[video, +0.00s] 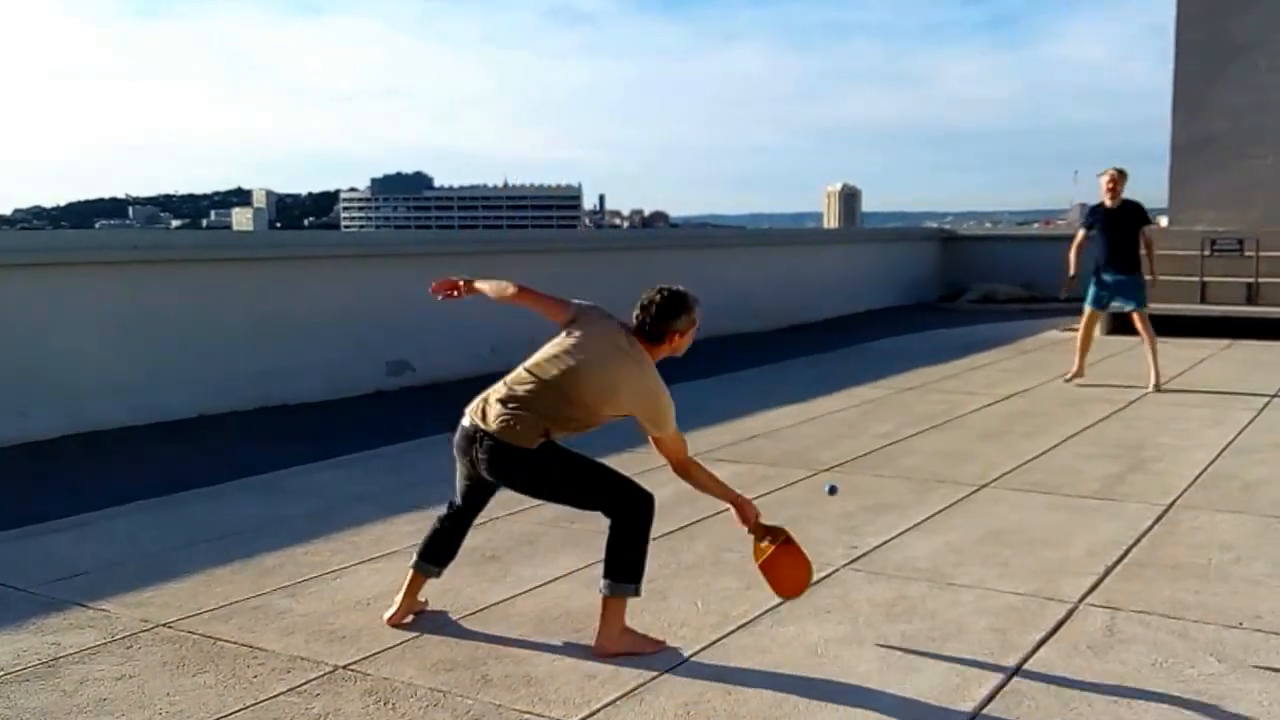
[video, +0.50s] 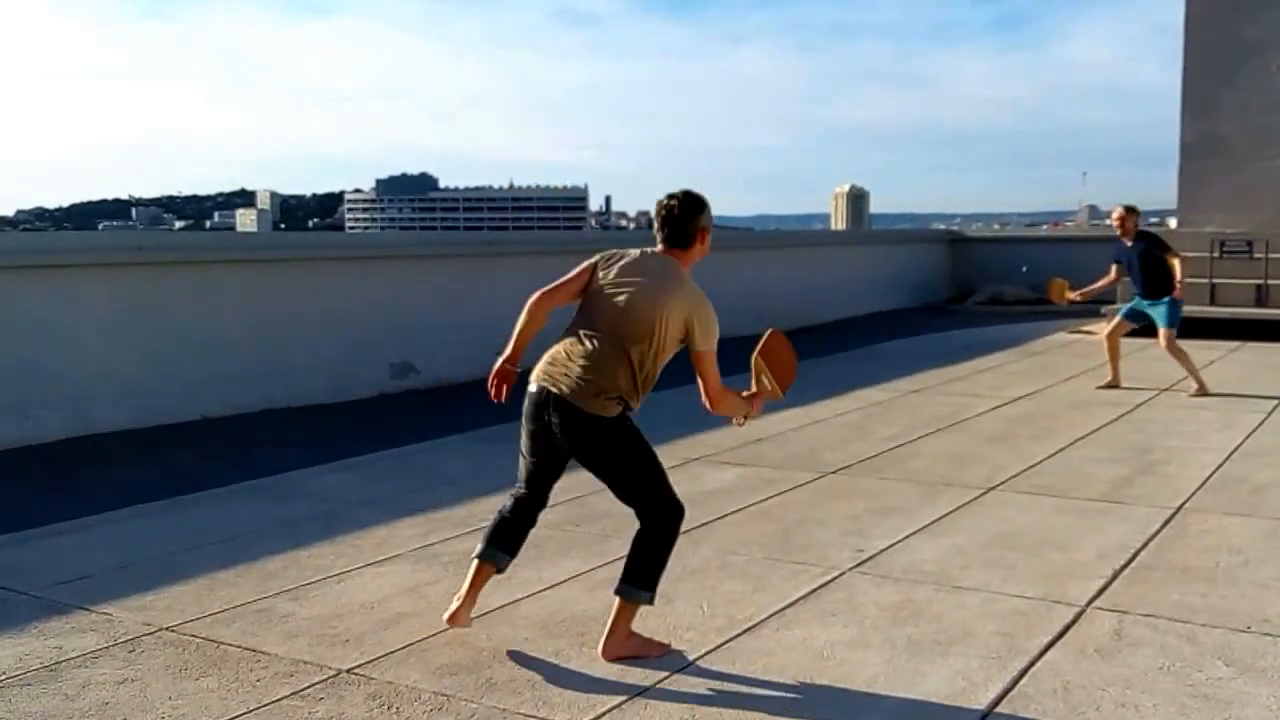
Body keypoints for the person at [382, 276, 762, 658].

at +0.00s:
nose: (689, 343)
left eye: (691, 335)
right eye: (690, 336)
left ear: (639, 319)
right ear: (673, 338)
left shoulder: (591, 319)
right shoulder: (648, 386)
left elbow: (513, 291)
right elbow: (683, 463)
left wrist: (468, 285)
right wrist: (737, 500)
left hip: (470, 431)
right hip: (513, 451)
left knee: (464, 506)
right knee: (634, 504)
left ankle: (403, 604)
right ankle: (613, 632)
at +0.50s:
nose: (710, 239)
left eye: (708, 230)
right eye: (709, 231)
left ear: (658, 230)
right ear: (702, 237)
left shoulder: (611, 262)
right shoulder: (695, 305)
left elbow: (540, 300)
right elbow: (714, 397)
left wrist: (510, 356)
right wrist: (746, 406)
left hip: (542, 392)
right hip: (594, 412)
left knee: (526, 497)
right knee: (663, 512)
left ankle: (463, 603)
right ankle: (619, 635)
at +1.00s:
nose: (626, 203)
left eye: (624, 195)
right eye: (624, 196)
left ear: (576, 205)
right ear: (614, 203)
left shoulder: (556, 247)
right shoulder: (608, 261)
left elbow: (561, 337)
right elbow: (602, 359)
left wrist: (625, 370)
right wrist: (632, 416)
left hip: (509, 391)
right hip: (552, 406)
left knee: (484, 496)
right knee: (624, 512)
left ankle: (426, 590)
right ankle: (598, 646)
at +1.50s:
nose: (485, 221)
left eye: (483, 213)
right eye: (481, 214)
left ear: (451, 225)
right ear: (459, 225)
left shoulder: (442, 251)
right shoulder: (412, 279)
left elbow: (462, 254)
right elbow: (419, 364)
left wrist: (496, 266)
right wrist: (450, 403)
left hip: (416, 391)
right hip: (400, 397)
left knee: (424, 498)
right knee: (460, 497)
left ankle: (376, 607)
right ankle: (461, 630)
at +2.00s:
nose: (391, 189)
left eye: (387, 181)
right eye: (386, 182)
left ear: (345, 194)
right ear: (371, 190)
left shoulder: (308, 243)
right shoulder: (387, 235)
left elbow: (267, 309)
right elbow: (433, 276)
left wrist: (235, 368)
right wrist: (438, 258)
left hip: (317, 386)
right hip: (356, 394)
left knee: (336, 486)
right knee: (362, 515)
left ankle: (296, 581)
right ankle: (301, 626)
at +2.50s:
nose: (364, 175)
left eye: (361, 166)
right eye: (360, 167)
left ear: (323, 176)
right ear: (341, 176)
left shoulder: (303, 221)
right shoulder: (324, 231)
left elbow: (307, 314)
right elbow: (321, 320)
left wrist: (350, 363)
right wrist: (366, 368)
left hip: (289, 366)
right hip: (308, 372)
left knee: (300, 470)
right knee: (346, 487)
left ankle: (262, 563)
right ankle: (320, 610)